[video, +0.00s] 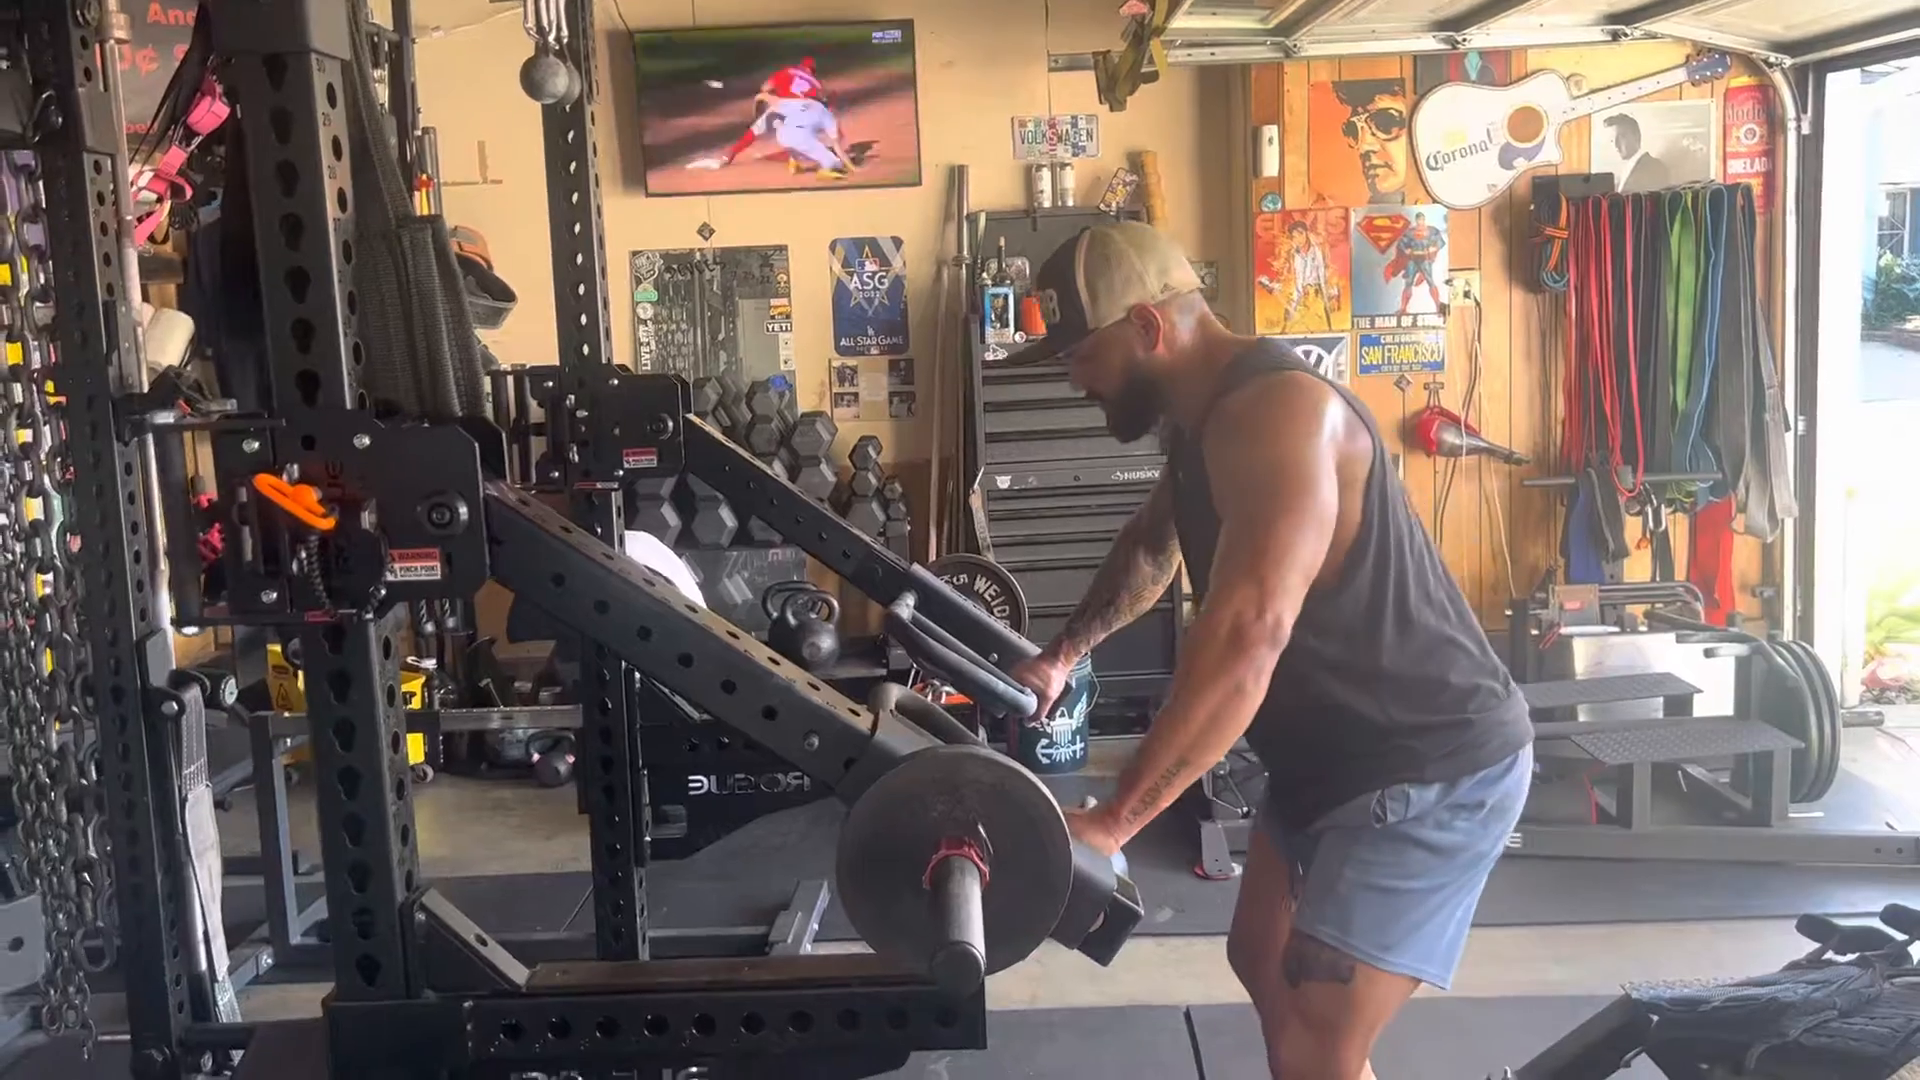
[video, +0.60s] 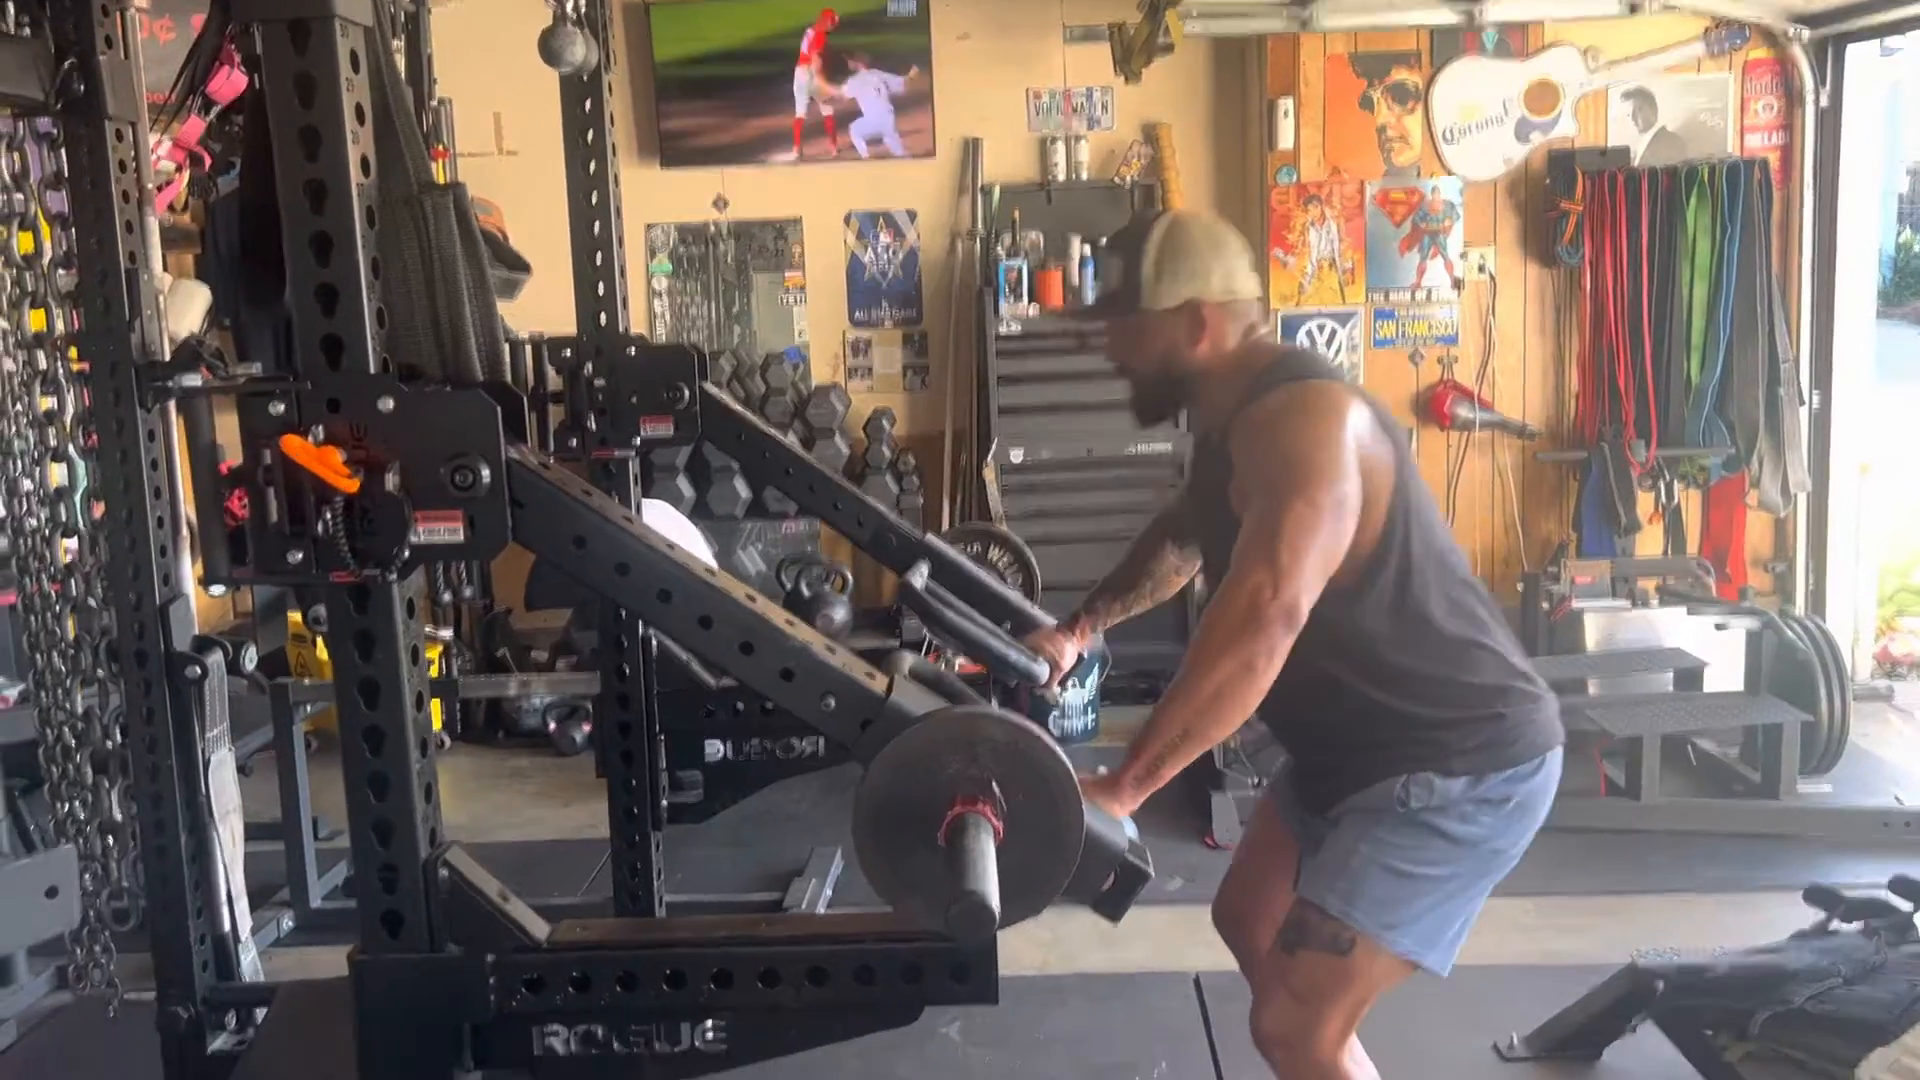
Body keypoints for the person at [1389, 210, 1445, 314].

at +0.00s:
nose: (1420, 222)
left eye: (1422, 220)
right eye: (1419, 220)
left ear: (1425, 220)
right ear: (1416, 221)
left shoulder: (1432, 231)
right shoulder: (1410, 232)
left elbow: (1441, 242)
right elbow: (1400, 243)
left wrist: (1433, 249)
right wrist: (1406, 251)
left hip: (1425, 257)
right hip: (1413, 257)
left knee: (1430, 281)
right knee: (1408, 282)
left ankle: (1438, 306)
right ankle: (1403, 308)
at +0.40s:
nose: (1430, 211)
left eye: (1431, 208)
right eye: (1428, 209)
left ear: (1434, 209)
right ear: (1424, 210)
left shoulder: (1441, 220)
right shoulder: (1418, 221)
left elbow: (1449, 231)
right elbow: (1409, 233)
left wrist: (1443, 237)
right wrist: (1415, 239)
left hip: (1434, 246)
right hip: (1421, 246)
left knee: (1439, 270)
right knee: (1417, 272)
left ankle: (1446, 295)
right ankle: (1411, 297)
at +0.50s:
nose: (1433, 205)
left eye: (1435, 203)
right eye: (1431, 203)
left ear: (1438, 204)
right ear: (1428, 204)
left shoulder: (1445, 214)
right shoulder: (1422, 215)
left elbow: (1453, 225)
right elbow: (1413, 227)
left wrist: (1447, 231)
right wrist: (1419, 233)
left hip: (1438, 240)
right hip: (1425, 240)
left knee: (1442, 264)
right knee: (1420, 266)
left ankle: (1450, 289)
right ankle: (1415, 291)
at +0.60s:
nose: (1436, 197)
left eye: (1437, 194)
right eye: (1434, 194)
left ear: (1440, 195)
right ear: (1431, 195)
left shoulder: (1448, 205)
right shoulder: (1425, 205)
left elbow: (1455, 216)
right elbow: (1416, 217)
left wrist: (1449, 224)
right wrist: (1421, 225)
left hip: (1440, 231)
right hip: (1427, 231)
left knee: (1445, 255)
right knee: (1423, 257)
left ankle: (1452, 280)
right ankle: (1417, 282)